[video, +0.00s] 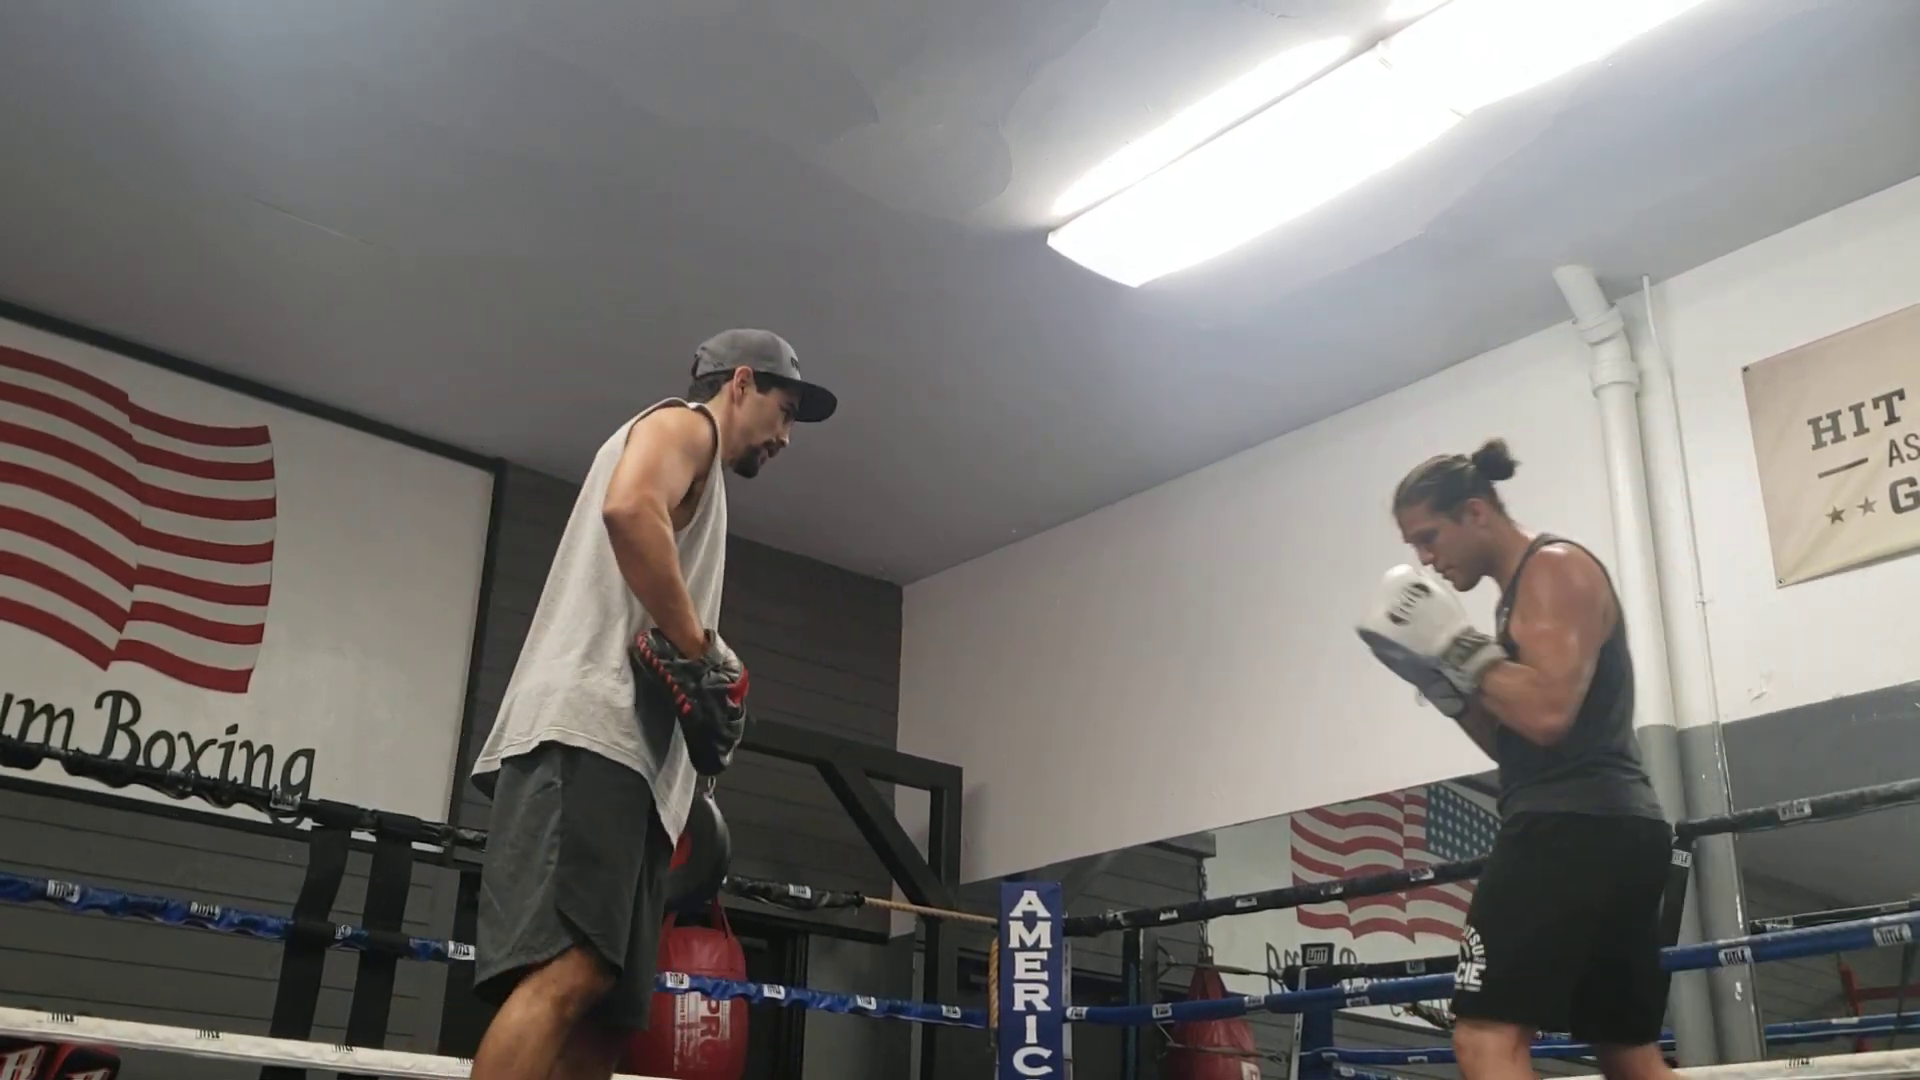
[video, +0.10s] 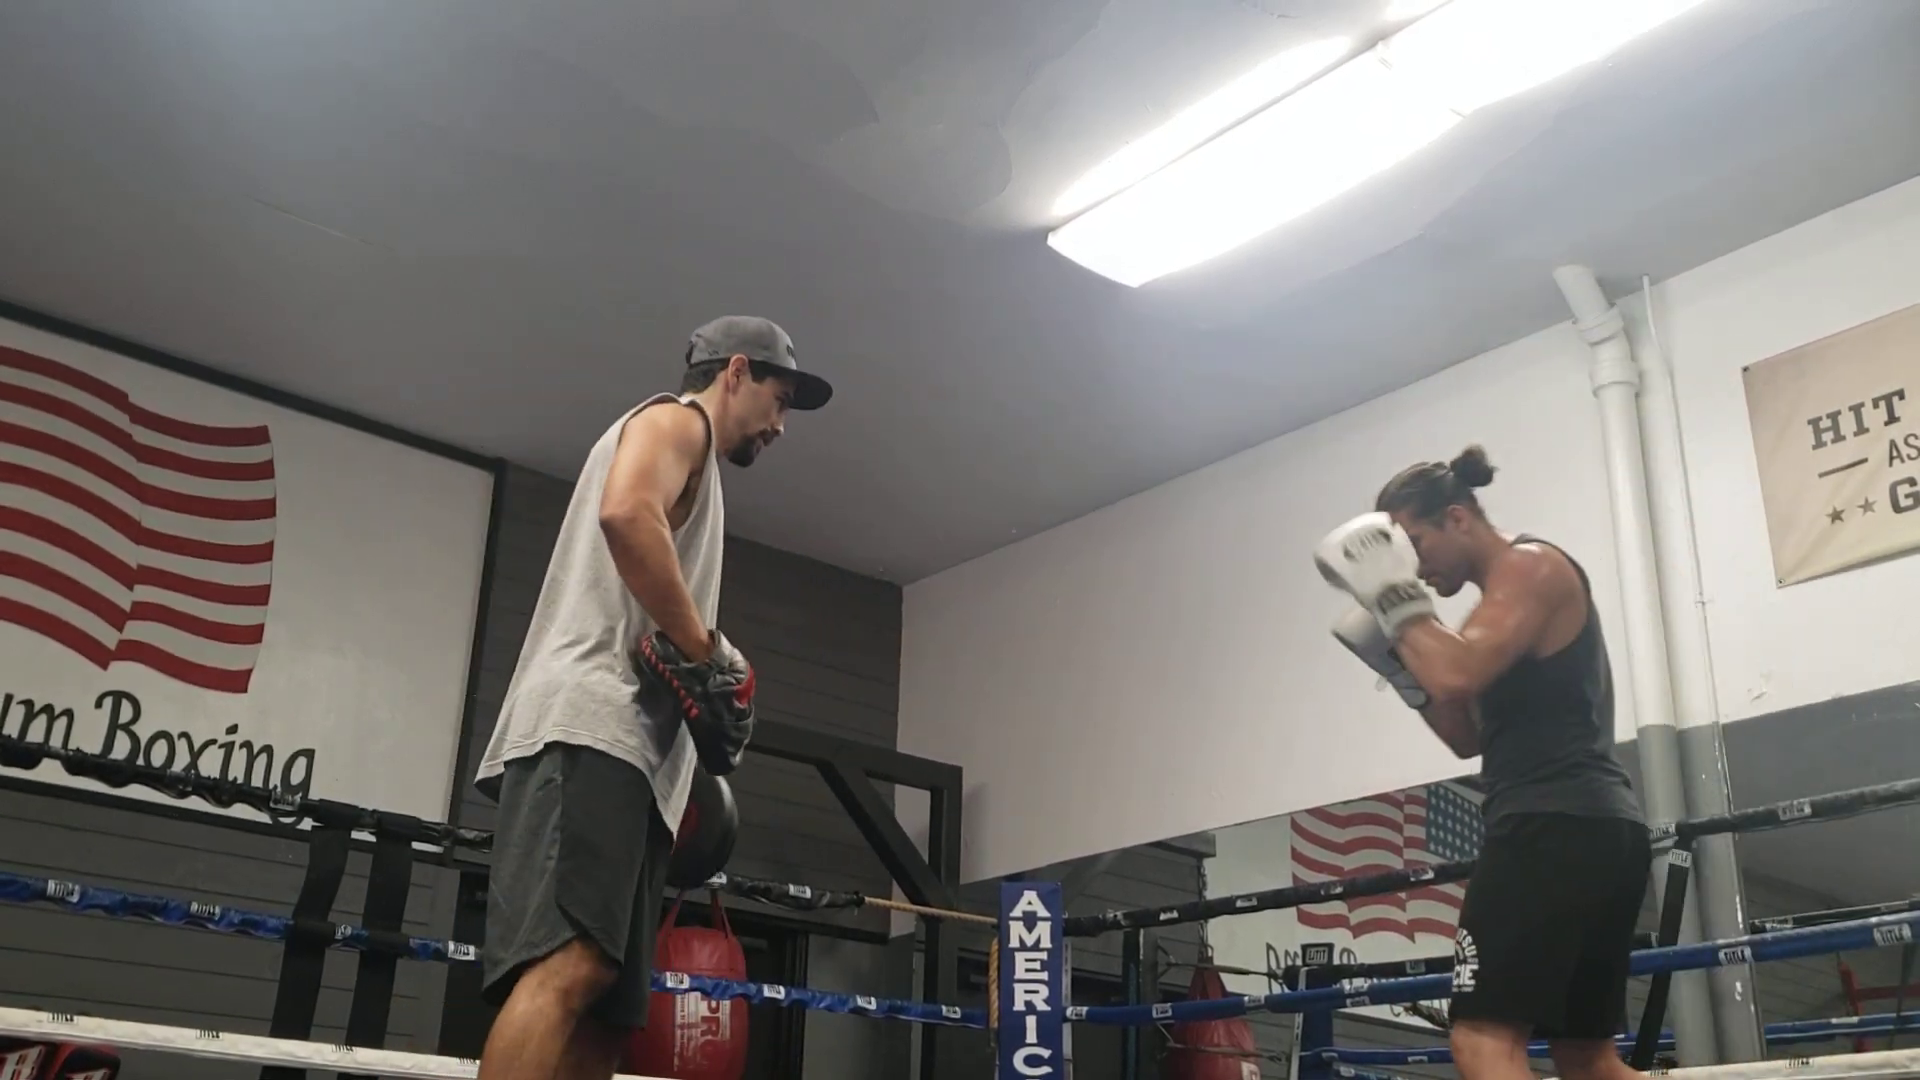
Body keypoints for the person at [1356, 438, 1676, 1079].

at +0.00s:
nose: (1425, 559)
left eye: (1428, 538)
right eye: (1415, 547)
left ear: (1477, 512)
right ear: (1476, 516)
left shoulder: (1557, 567)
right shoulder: (1516, 601)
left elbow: (1549, 714)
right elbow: (1518, 749)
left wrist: (1458, 642)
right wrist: (1448, 689)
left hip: (1566, 828)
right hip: (1619, 829)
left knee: (1487, 1039)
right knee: (1630, 1050)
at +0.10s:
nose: (1414, 563)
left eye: (1415, 542)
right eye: (1406, 551)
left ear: (1459, 516)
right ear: (1458, 520)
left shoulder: (1531, 566)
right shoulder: (1506, 594)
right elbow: (1472, 740)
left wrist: (1393, 592)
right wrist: (1400, 669)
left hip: (1549, 825)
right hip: (1603, 824)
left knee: (1484, 1041)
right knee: (1586, 1054)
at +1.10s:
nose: (1404, 569)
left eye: (1416, 550)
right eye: (1392, 557)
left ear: (1460, 544)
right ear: (1387, 563)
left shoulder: (1523, 603)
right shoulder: (1415, 648)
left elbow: (1585, 710)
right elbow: (1391, 768)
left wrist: (1498, 642)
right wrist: (1364, 691)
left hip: (1541, 848)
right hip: (1464, 862)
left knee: (1574, 1050)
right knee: (1451, 1053)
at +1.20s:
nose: (1382, 562)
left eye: (1394, 545)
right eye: (1371, 550)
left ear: (1438, 538)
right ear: (1366, 554)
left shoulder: (1501, 588)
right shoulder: (1394, 636)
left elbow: (1559, 692)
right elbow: (1370, 761)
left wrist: (1471, 615)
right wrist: (1338, 683)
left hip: (1520, 832)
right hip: (1439, 845)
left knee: (1548, 1042)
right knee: (1405, 1041)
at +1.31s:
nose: (1360, 599)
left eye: (1370, 580)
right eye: (1349, 587)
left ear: (1414, 570)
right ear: (1344, 588)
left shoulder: (1476, 617)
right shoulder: (1378, 667)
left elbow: (1523, 714)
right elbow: (1357, 795)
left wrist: (1434, 641)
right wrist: (1319, 717)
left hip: (1505, 870)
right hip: (1422, 881)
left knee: (1552, 1061)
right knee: (1365, 1059)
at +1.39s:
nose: (1323, 629)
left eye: (1334, 610)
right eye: (1315, 617)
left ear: (1381, 601)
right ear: (1311, 619)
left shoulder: (1445, 650)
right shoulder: (1355, 703)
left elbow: (1488, 746)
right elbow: (1345, 828)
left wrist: (1398, 677)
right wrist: (1303, 756)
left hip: (1481, 902)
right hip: (1401, 915)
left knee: (1547, 1071)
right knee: (1344, 1071)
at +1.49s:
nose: (1271, 639)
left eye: (1282, 622)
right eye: (1262, 628)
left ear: (1324, 611)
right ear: (1257, 630)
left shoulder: (1389, 660)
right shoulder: (1306, 711)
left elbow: (1444, 762)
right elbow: (1299, 835)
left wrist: (1355, 698)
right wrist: (1259, 768)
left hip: (1418, 904)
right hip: (1343, 915)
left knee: (1486, 1069)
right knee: (1294, 1069)